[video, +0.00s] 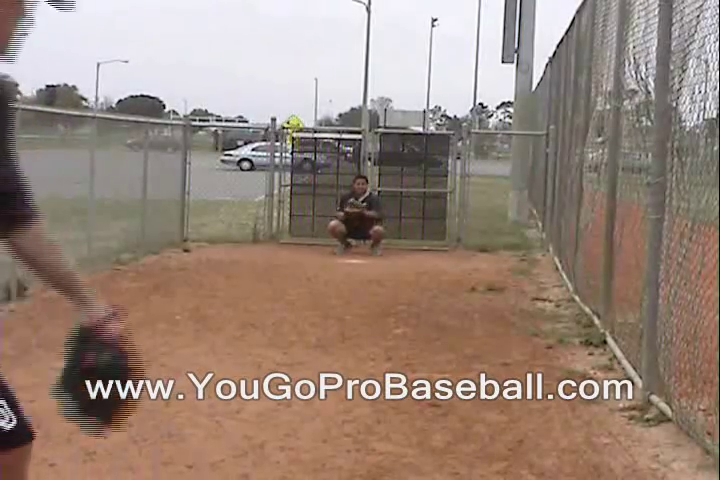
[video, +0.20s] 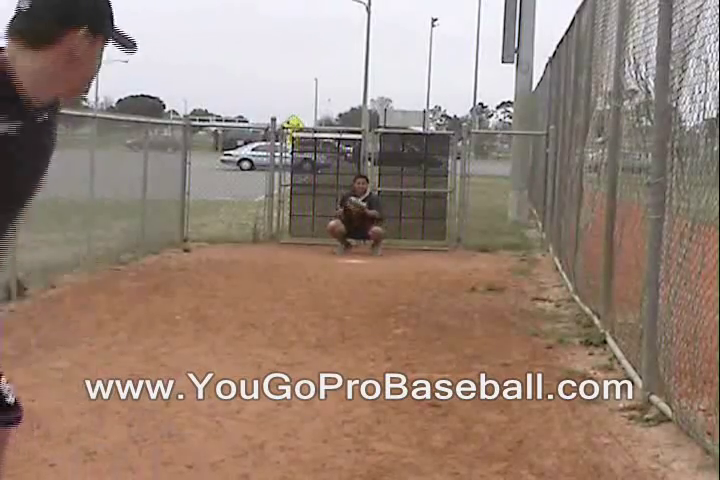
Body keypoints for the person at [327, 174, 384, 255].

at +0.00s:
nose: (360, 187)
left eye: (363, 184)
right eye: (358, 184)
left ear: (367, 186)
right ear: (353, 186)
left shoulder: (372, 199)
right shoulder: (346, 198)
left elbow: (379, 215)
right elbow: (338, 214)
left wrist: (364, 212)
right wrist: (346, 214)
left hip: (366, 227)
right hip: (350, 227)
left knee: (378, 230)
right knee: (333, 226)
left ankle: (374, 246)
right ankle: (345, 244)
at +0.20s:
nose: (360, 186)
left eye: (363, 184)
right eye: (358, 183)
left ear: (367, 185)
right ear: (353, 185)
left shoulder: (372, 198)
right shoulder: (347, 197)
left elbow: (378, 214)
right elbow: (338, 212)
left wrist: (364, 211)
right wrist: (345, 211)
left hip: (365, 226)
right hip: (349, 226)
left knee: (377, 231)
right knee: (333, 226)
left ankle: (375, 245)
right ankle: (345, 244)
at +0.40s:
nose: (361, 186)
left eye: (364, 183)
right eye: (359, 183)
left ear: (368, 185)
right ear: (354, 185)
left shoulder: (374, 198)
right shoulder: (346, 197)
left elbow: (378, 219)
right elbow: (337, 214)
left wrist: (360, 210)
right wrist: (347, 209)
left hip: (365, 226)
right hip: (349, 225)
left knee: (376, 231)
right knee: (332, 225)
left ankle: (376, 244)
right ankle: (346, 244)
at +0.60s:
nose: (361, 186)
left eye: (363, 183)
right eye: (358, 183)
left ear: (367, 185)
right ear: (354, 185)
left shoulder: (373, 198)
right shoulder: (346, 197)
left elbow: (377, 216)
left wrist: (365, 204)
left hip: (366, 226)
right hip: (349, 226)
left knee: (378, 231)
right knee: (333, 225)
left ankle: (376, 245)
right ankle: (346, 244)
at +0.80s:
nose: (358, 187)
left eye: (361, 185)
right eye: (356, 184)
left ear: (365, 187)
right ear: (352, 186)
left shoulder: (371, 197)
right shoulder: (347, 198)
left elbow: (373, 207)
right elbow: (338, 214)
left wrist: (359, 201)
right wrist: (348, 211)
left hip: (366, 227)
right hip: (350, 227)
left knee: (379, 229)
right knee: (333, 225)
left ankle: (376, 246)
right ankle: (346, 244)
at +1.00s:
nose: (357, 188)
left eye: (359, 185)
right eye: (354, 185)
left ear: (364, 187)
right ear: (351, 187)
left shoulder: (371, 197)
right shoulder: (347, 197)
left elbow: (370, 207)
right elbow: (338, 209)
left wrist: (354, 208)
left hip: (366, 227)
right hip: (350, 227)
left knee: (379, 229)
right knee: (334, 225)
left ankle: (377, 245)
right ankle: (346, 244)